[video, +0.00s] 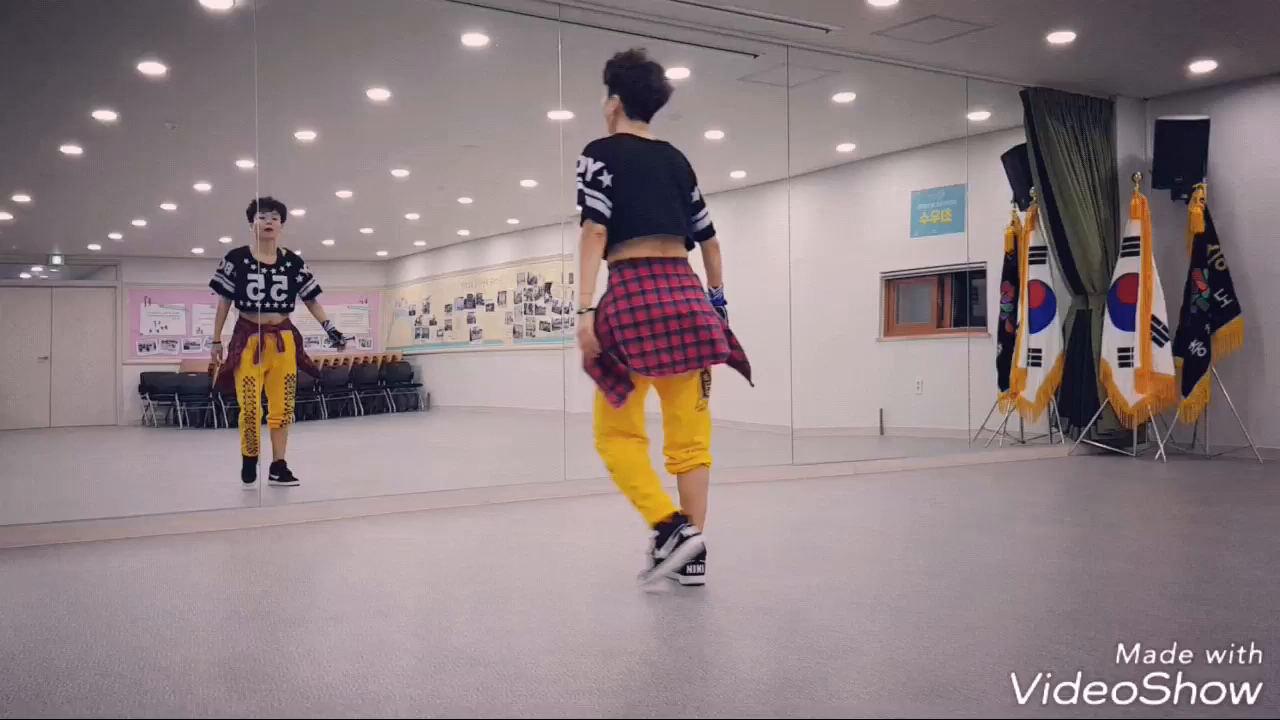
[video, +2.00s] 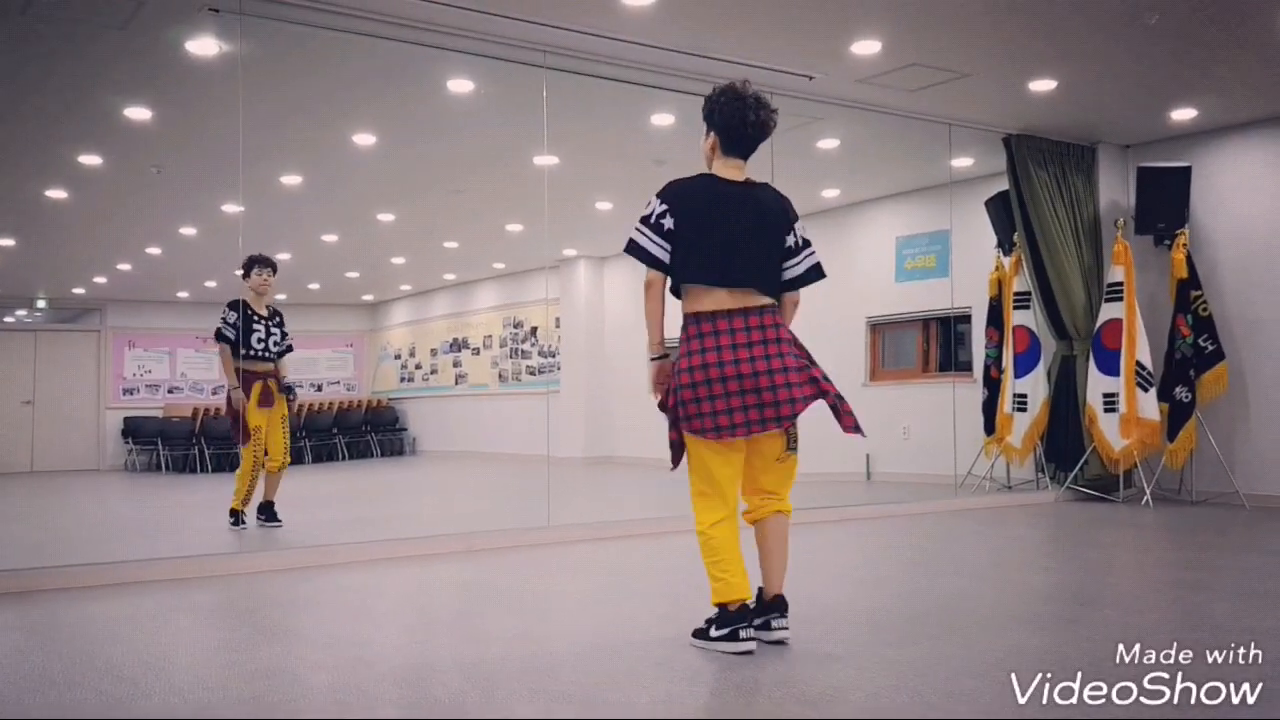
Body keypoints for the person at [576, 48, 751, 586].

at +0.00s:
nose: (603, 106)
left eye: (605, 98)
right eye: (607, 98)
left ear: (613, 103)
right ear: (654, 107)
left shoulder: (600, 155)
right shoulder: (677, 160)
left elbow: (594, 232)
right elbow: (707, 240)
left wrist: (584, 310)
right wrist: (717, 302)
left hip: (627, 298)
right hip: (686, 296)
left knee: (617, 434)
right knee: (690, 428)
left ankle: (667, 524)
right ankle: (693, 553)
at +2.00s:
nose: (702, 139)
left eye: (703, 132)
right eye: (707, 132)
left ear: (709, 139)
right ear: (759, 143)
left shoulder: (678, 198)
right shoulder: (777, 205)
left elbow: (654, 283)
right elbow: (791, 295)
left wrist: (658, 355)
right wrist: (772, 352)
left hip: (704, 353)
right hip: (768, 350)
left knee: (714, 496)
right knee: (771, 488)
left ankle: (733, 613)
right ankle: (773, 607)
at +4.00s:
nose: (663, 139)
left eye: (665, 131)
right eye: (667, 131)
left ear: (673, 135)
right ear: (720, 139)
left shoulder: (660, 194)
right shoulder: (740, 199)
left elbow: (651, 284)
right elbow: (772, 279)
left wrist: (650, 349)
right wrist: (735, 328)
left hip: (692, 346)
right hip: (748, 345)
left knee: (650, 491)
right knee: (728, 488)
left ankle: (686, 597)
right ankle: (737, 606)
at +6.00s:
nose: (683, 124)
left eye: (685, 115)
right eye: (688, 115)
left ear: (694, 121)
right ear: (739, 125)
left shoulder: (691, 179)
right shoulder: (757, 185)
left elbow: (671, 260)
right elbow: (777, 265)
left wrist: (658, 284)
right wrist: (747, 313)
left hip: (706, 321)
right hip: (754, 325)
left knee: (688, 470)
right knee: (733, 476)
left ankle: (726, 589)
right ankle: (768, 583)